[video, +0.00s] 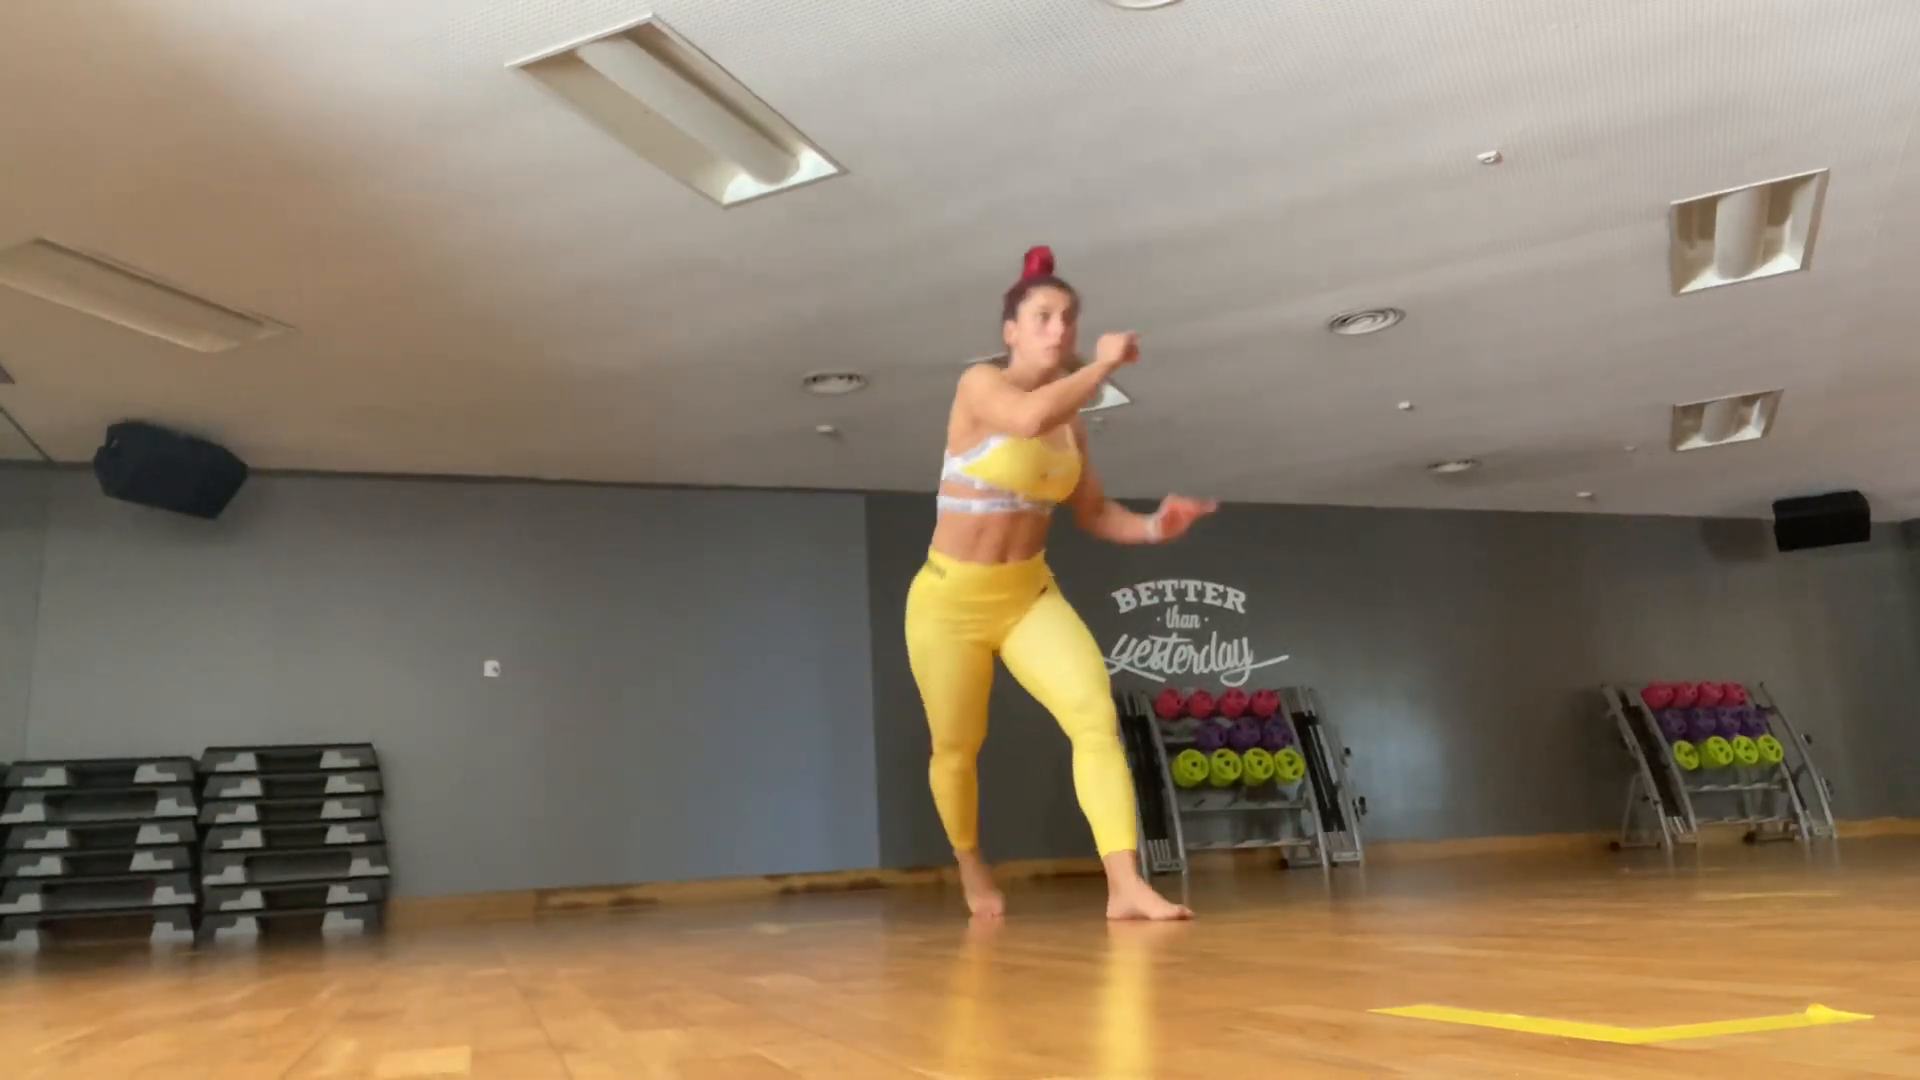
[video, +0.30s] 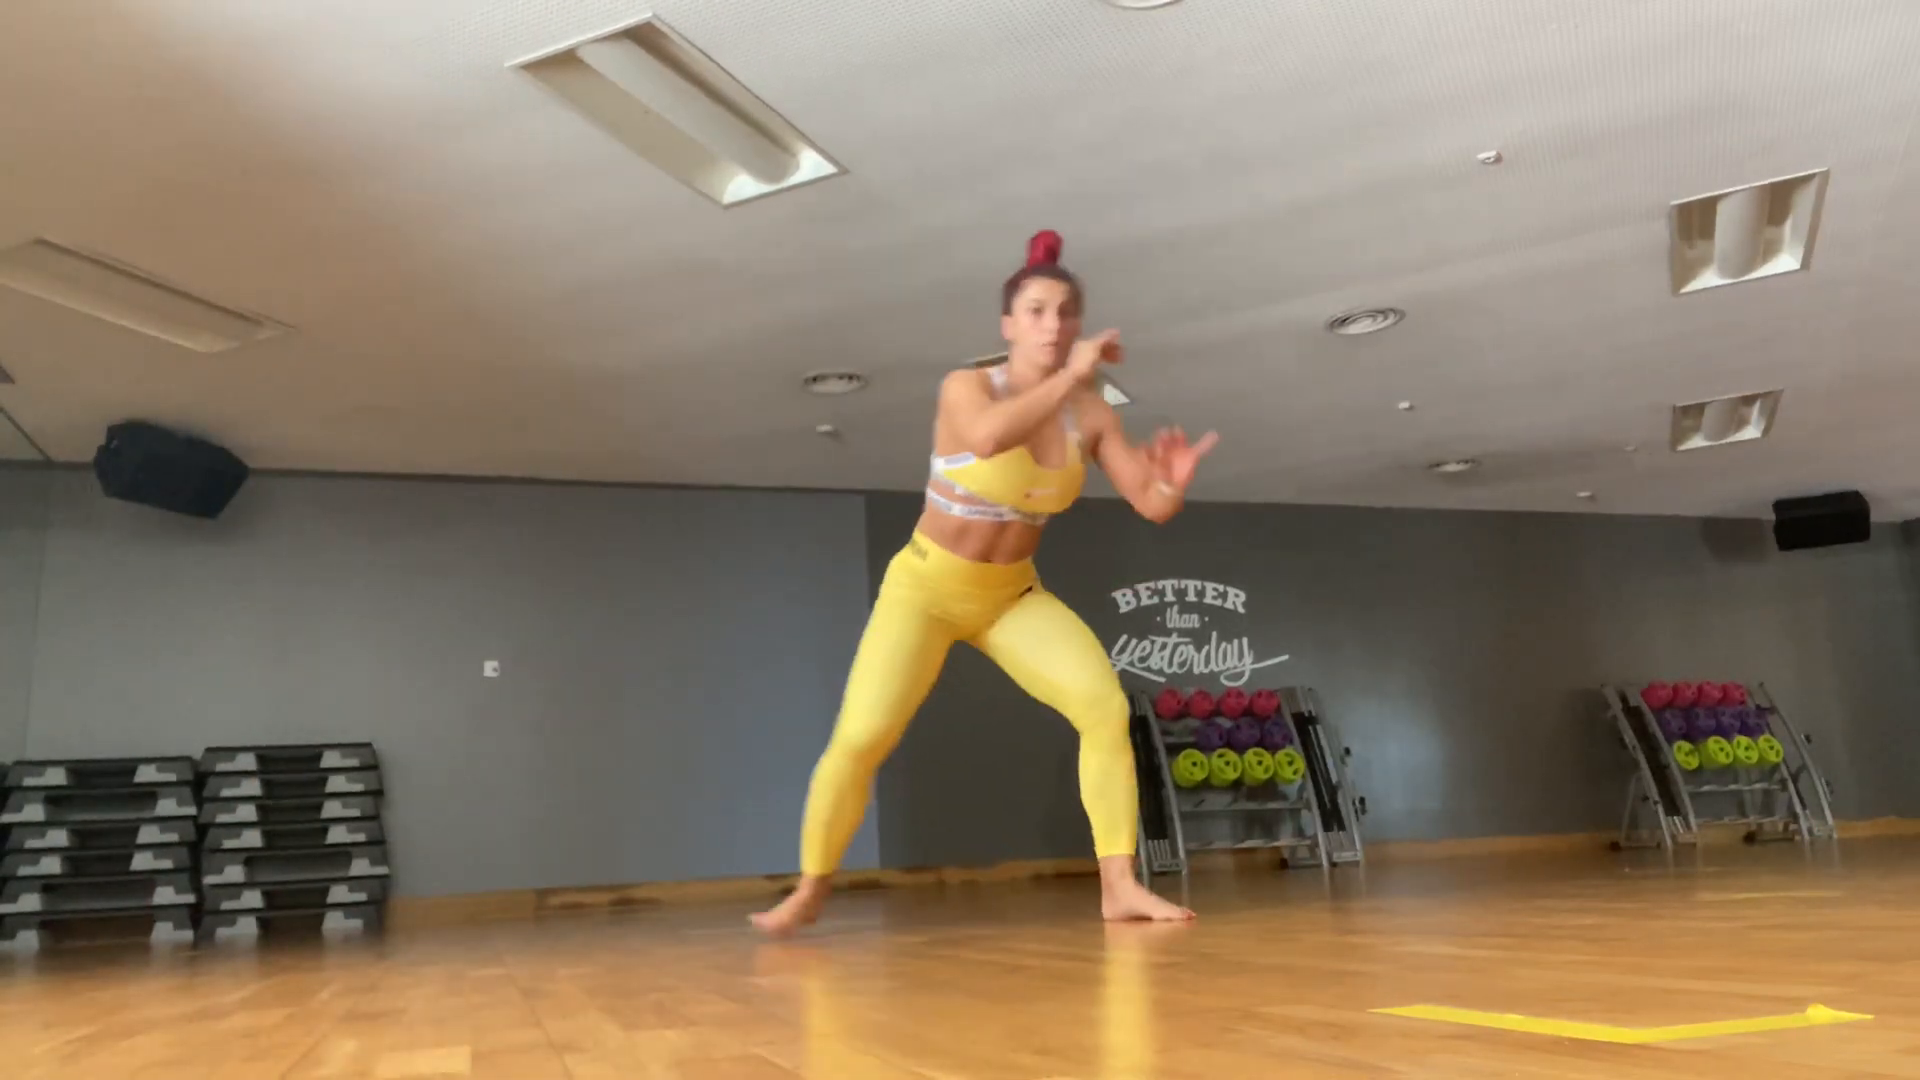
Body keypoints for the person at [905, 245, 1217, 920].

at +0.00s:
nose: (1060, 329)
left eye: (1068, 320)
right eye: (1044, 316)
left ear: (1074, 331)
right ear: (1010, 327)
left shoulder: (1069, 419)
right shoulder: (979, 384)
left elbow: (1093, 513)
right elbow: (1026, 414)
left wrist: (1152, 527)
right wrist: (1100, 368)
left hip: (1029, 599)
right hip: (949, 603)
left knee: (1093, 715)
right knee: (955, 749)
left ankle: (1125, 885)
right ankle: (970, 866)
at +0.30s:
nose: (1055, 326)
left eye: (1066, 313)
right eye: (1037, 311)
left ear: (1079, 325)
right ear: (1008, 324)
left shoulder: (1089, 408)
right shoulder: (966, 386)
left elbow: (1149, 501)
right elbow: (987, 436)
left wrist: (1170, 486)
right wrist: (1073, 375)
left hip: (1014, 598)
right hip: (925, 587)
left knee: (1104, 706)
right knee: (862, 736)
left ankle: (1121, 887)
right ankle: (811, 888)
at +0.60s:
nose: (892, 317)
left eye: (907, 303)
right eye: (874, 303)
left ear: (924, 316)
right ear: (845, 315)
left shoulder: (946, 402)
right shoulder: (805, 391)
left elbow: (1031, 465)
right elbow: (750, 455)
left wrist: (1088, 469)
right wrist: (838, 398)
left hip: (893, 589)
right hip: (800, 583)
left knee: (969, 732)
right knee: (769, 722)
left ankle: (1061, 879)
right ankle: (762, 910)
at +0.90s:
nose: (839, 275)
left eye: (853, 265)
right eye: (826, 264)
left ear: (876, 287)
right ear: (803, 283)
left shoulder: (893, 364)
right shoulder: (759, 372)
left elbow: (963, 356)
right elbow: (688, 462)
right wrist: (612, 519)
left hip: (843, 582)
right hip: (763, 564)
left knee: (793, 733)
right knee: (753, 717)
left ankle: (738, 859)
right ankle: (747, 890)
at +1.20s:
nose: (873, 351)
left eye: (885, 339)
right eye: (859, 335)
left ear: (897, 351)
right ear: (828, 346)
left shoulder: (902, 426)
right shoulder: (786, 424)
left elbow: (946, 428)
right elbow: (714, 507)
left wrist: (866, 366)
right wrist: (646, 544)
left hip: (847, 626)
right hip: (775, 609)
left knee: (785, 782)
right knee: (850, 695)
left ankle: (684, 884)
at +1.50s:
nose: (973, 318)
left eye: (986, 305)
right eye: (958, 304)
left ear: (997, 318)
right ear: (926, 316)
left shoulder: (1018, 389)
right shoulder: (897, 400)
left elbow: (1102, 433)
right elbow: (861, 483)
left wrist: (1035, 385)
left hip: (987, 592)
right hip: (910, 579)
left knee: (983, 752)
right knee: (943, 704)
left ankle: (874, 840)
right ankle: (965, 895)